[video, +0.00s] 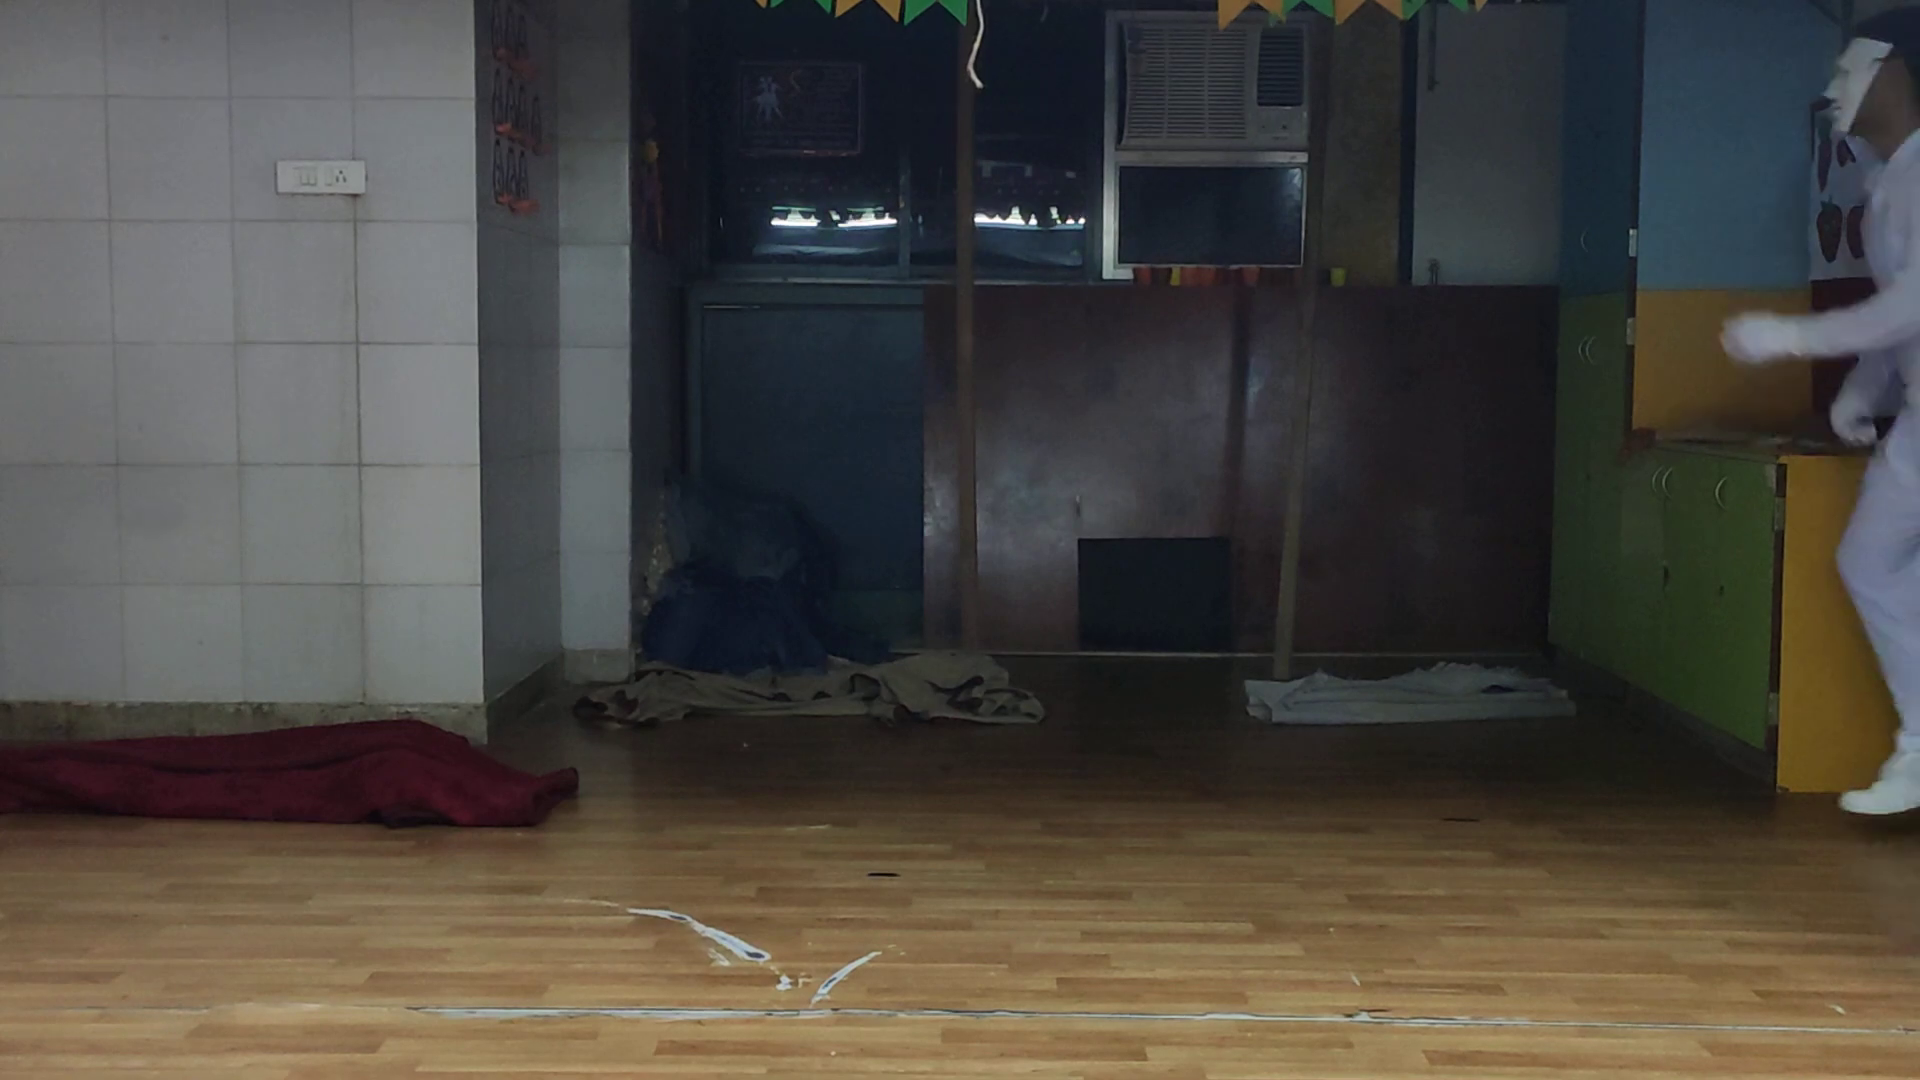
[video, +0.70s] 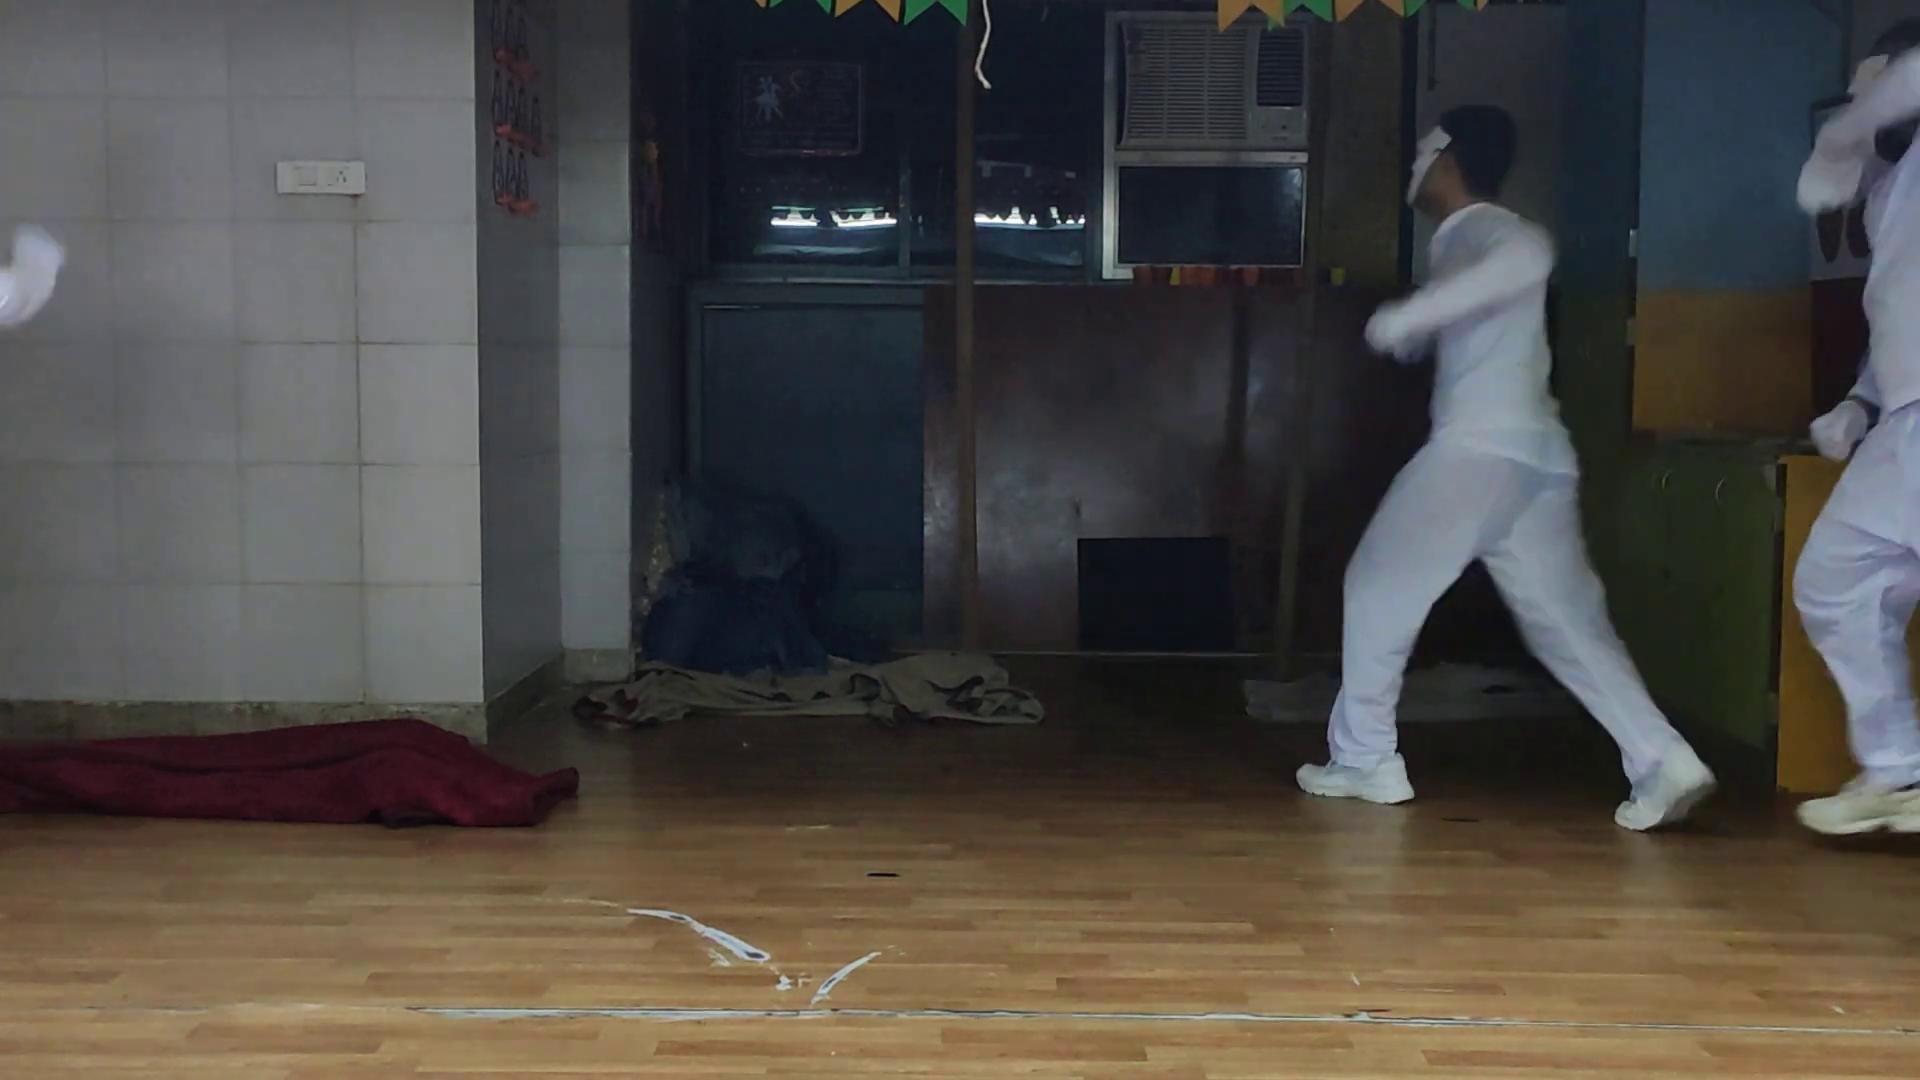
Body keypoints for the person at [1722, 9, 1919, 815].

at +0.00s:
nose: (1842, 107)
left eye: (1851, 90)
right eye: (1842, 93)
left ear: (1887, 86)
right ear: (1883, 93)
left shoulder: (1916, 174)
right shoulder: (1889, 180)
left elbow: (1910, 306)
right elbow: (1901, 308)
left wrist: (1791, 335)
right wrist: (1864, 385)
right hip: (1909, 412)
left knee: (1871, 558)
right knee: (1874, 559)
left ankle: (1916, 741)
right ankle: (1915, 742)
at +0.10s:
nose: (1788, 104)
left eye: (1798, 86)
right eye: (1789, 86)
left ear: (1838, 88)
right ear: (1846, 92)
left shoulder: (1886, 159)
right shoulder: (1847, 175)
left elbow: (1859, 248)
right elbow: (1875, 295)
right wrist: (1810, 323)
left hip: (1909, 429)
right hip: (1875, 433)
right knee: (1840, 584)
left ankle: (1842, 778)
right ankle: (1841, 778)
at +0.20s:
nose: (1735, 128)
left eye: (1746, 111)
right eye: (1739, 112)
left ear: (1780, 112)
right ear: (1795, 119)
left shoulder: (1827, 175)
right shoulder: (1800, 202)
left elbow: (1774, 208)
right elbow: (1819, 307)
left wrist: (1687, 223)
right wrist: (1742, 314)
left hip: (1868, 433)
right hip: (1812, 443)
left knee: (1884, 604)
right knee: (1783, 603)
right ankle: (1819, 787)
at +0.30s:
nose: (1677, 129)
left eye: (1689, 115)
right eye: (1682, 115)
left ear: (1720, 119)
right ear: (1730, 124)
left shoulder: (1751, 174)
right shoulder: (1727, 204)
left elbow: (1789, 223)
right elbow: (1747, 340)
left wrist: (1685, 302)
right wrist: (1674, 369)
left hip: (1792, 421)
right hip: (1774, 425)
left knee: (1702, 577)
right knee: (1770, 607)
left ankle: (1883, 678)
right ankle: (1816, 790)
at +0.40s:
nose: (1612, 91)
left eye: (1623, 76)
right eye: (1619, 77)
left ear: (1651, 84)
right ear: (1661, 89)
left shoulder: (1696, 152)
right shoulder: (1664, 168)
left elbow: (1758, 233)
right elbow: (1696, 279)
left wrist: (1650, 299)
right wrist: (1638, 342)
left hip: (1711, 371)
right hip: (1725, 381)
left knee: (1577, 500)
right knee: (1750, 576)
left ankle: (1719, 625)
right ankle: (1801, 767)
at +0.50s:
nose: (1552, 93)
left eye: (1561, 77)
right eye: (1554, 79)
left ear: (1591, 82)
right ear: (1607, 85)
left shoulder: (1635, 143)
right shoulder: (1609, 164)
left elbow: (1679, 214)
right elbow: (1617, 254)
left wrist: (1563, 180)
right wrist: (1540, 270)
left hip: (1639, 365)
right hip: (1675, 377)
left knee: (1519, 494)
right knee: (1691, 565)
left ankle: (1559, 685)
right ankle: (1722, 756)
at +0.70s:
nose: (1415, 169)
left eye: (1423, 155)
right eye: (1420, 155)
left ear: (1448, 162)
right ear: (1471, 169)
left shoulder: (1486, 226)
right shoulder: (1456, 241)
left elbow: (1528, 260)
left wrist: (1409, 317)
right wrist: (1418, 336)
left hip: (1479, 452)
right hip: (1530, 460)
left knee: (1378, 588)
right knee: (1568, 625)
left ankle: (1365, 758)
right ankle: (1663, 762)